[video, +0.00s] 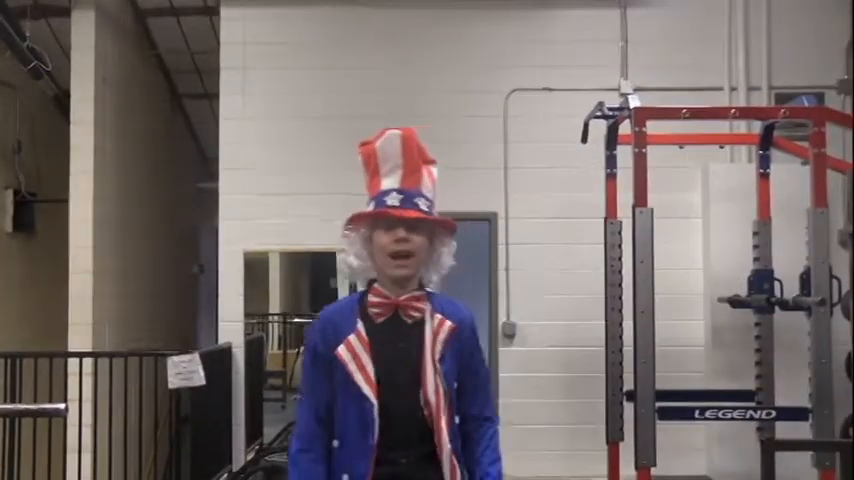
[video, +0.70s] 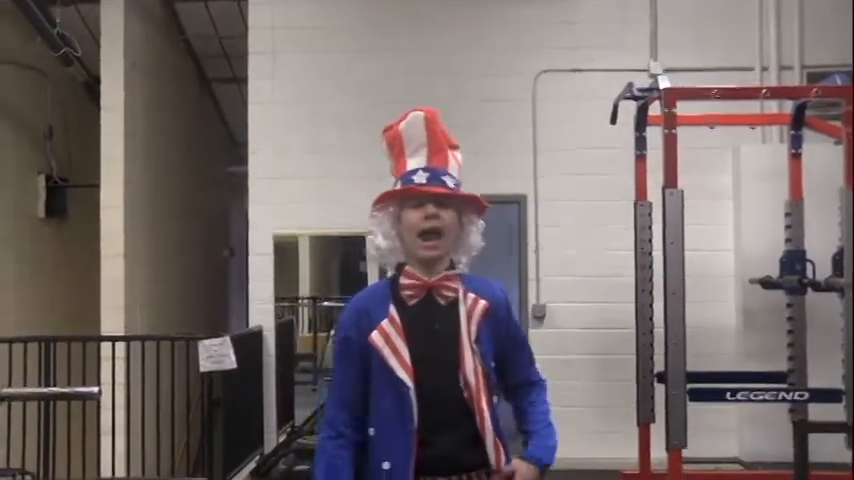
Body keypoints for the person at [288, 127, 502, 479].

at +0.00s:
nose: (401, 237)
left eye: (414, 227)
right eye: (387, 226)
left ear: (431, 242)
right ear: (367, 241)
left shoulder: (456, 321)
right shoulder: (332, 325)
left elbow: (480, 421)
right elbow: (311, 431)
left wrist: (488, 475)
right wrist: (309, 475)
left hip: (437, 472)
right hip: (362, 472)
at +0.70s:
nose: (431, 213)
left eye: (443, 203)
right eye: (416, 204)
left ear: (461, 220)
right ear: (395, 221)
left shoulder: (489, 301)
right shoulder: (364, 312)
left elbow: (526, 386)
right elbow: (341, 426)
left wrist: (537, 456)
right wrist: (333, 474)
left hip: (481, 471)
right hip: (401, 472)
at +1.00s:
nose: (428, 203)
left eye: (440, 194)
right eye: (413, 194)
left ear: (459, 211)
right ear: (392, 209)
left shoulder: (482, 287)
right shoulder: (359, 291)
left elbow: (529, 362)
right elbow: (307, 381)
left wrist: (545, 439)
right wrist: (319, 469)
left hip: (468, 469)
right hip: (384, 469)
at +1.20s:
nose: (407, 173)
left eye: (420, 164)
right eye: (393, 163)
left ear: (438, 180)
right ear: (371, 178)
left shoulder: (460, 261)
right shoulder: (333, 261)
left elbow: (505, 331)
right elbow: (286, 344)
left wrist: (510, 405)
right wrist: (290, 439)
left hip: (435, 456)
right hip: (349, 459)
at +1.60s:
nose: (370, 130)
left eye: (385, 119)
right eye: (358, 115)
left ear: (404, 133)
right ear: (337, 126)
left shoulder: (430, 214)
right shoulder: (299, 210)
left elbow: (479, 284)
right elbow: (269, 309)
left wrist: (490, 353)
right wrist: (252, 405)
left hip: (397, 408)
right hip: (314, 407)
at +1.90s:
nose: (348, 108)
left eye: (362, 99)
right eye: (335, 95)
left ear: (378, 115)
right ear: (312, 106)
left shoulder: (405, 198)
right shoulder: (274, 199)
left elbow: (449, 275)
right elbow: (254, 309)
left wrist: (441, 344)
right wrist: (249, 405)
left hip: (376, 395)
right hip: (295, 394)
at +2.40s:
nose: (318, 120)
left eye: (331, 110)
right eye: (304, 109)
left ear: (349, 126)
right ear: (283, 122)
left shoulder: (384, 195)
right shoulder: (267, 218)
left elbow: (446, 281)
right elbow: (258, 325)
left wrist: (423, 374)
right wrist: (204, 399)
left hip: (376, 405)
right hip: (297, 409)